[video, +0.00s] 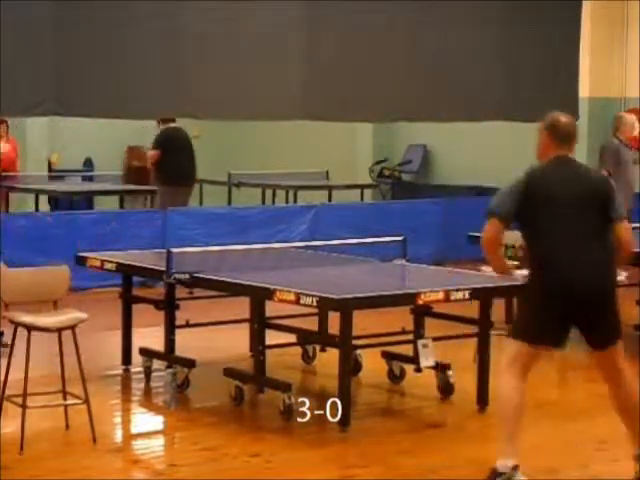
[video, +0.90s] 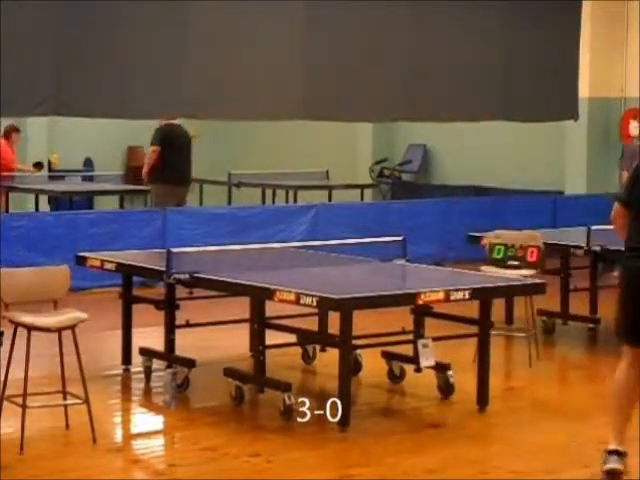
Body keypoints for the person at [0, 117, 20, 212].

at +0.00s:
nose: (3, 129)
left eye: (4, 127)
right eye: (2, 127)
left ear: (7, 128)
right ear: (0, 128)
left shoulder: (11, 141)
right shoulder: (2, 141)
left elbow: (16, 156)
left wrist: (16, 170)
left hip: (10, 172)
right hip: (2, 172)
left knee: (6, 194)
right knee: (3, 194)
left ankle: (6, 212)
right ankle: (4, 211)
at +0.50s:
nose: (8, 134)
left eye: (9, 131)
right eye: (6, 131)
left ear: (11, 132)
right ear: (2, 132)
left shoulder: (10, 144)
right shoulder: (2, 145)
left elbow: (16, 158)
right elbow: (3, 161)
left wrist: (17, 166)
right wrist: (15, 166)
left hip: (10, 174)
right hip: (3, 175)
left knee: (6, 196)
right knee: (3, 196)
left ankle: (6, 213)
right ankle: (4, 213)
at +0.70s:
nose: (16, 140)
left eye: (17, 137)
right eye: (15, 137)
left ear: (10, 135)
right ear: (10, 136)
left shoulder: (8, 146)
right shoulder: (3, 146)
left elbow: (14, 161)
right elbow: (14, 162)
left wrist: (35, 164)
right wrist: (34, 165)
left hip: (7, 179)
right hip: (3, 179)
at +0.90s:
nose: (17, 139)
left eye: (17, 136)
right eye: (16, 135)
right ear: (10, 135)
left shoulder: (10, 146)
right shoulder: (4, 145)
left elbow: (13, 165)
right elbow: (10, 165)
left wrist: (30, 169)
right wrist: (30, 169)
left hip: (8, 178)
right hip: (3, 178)